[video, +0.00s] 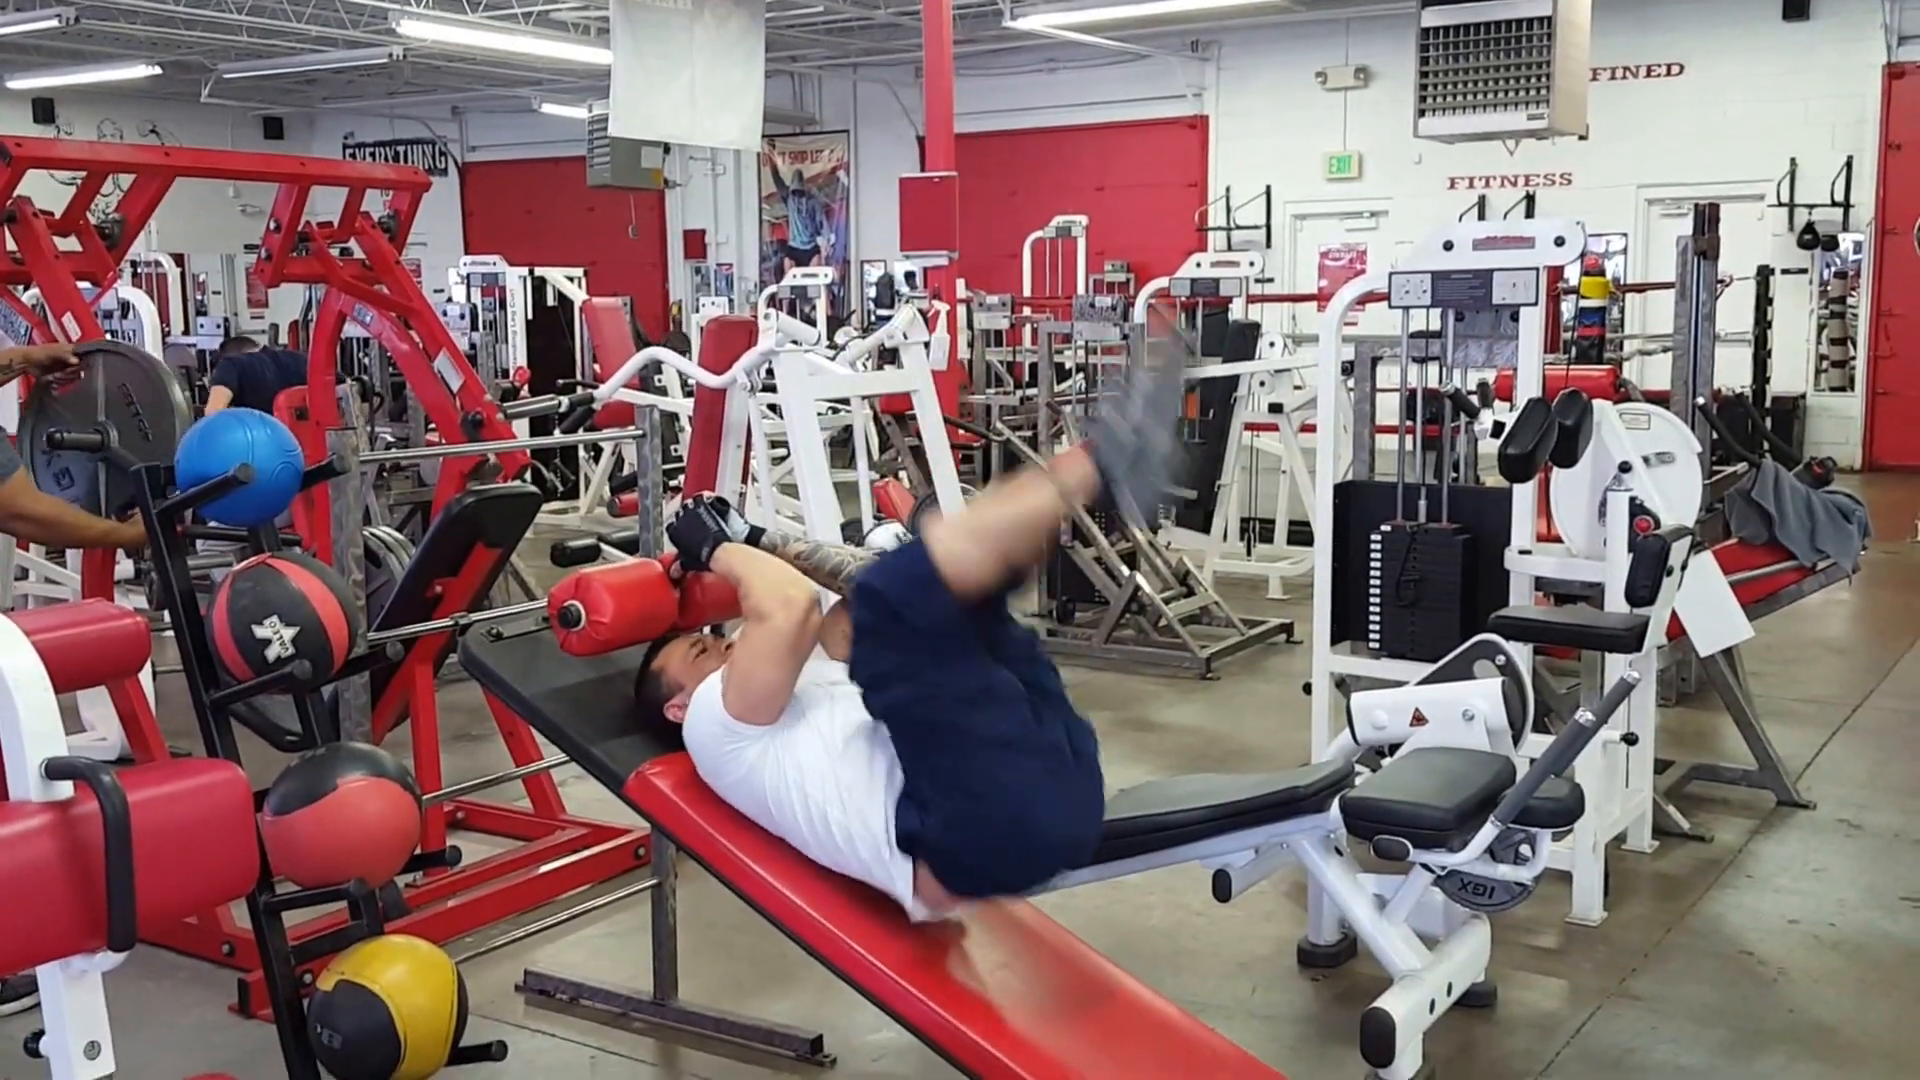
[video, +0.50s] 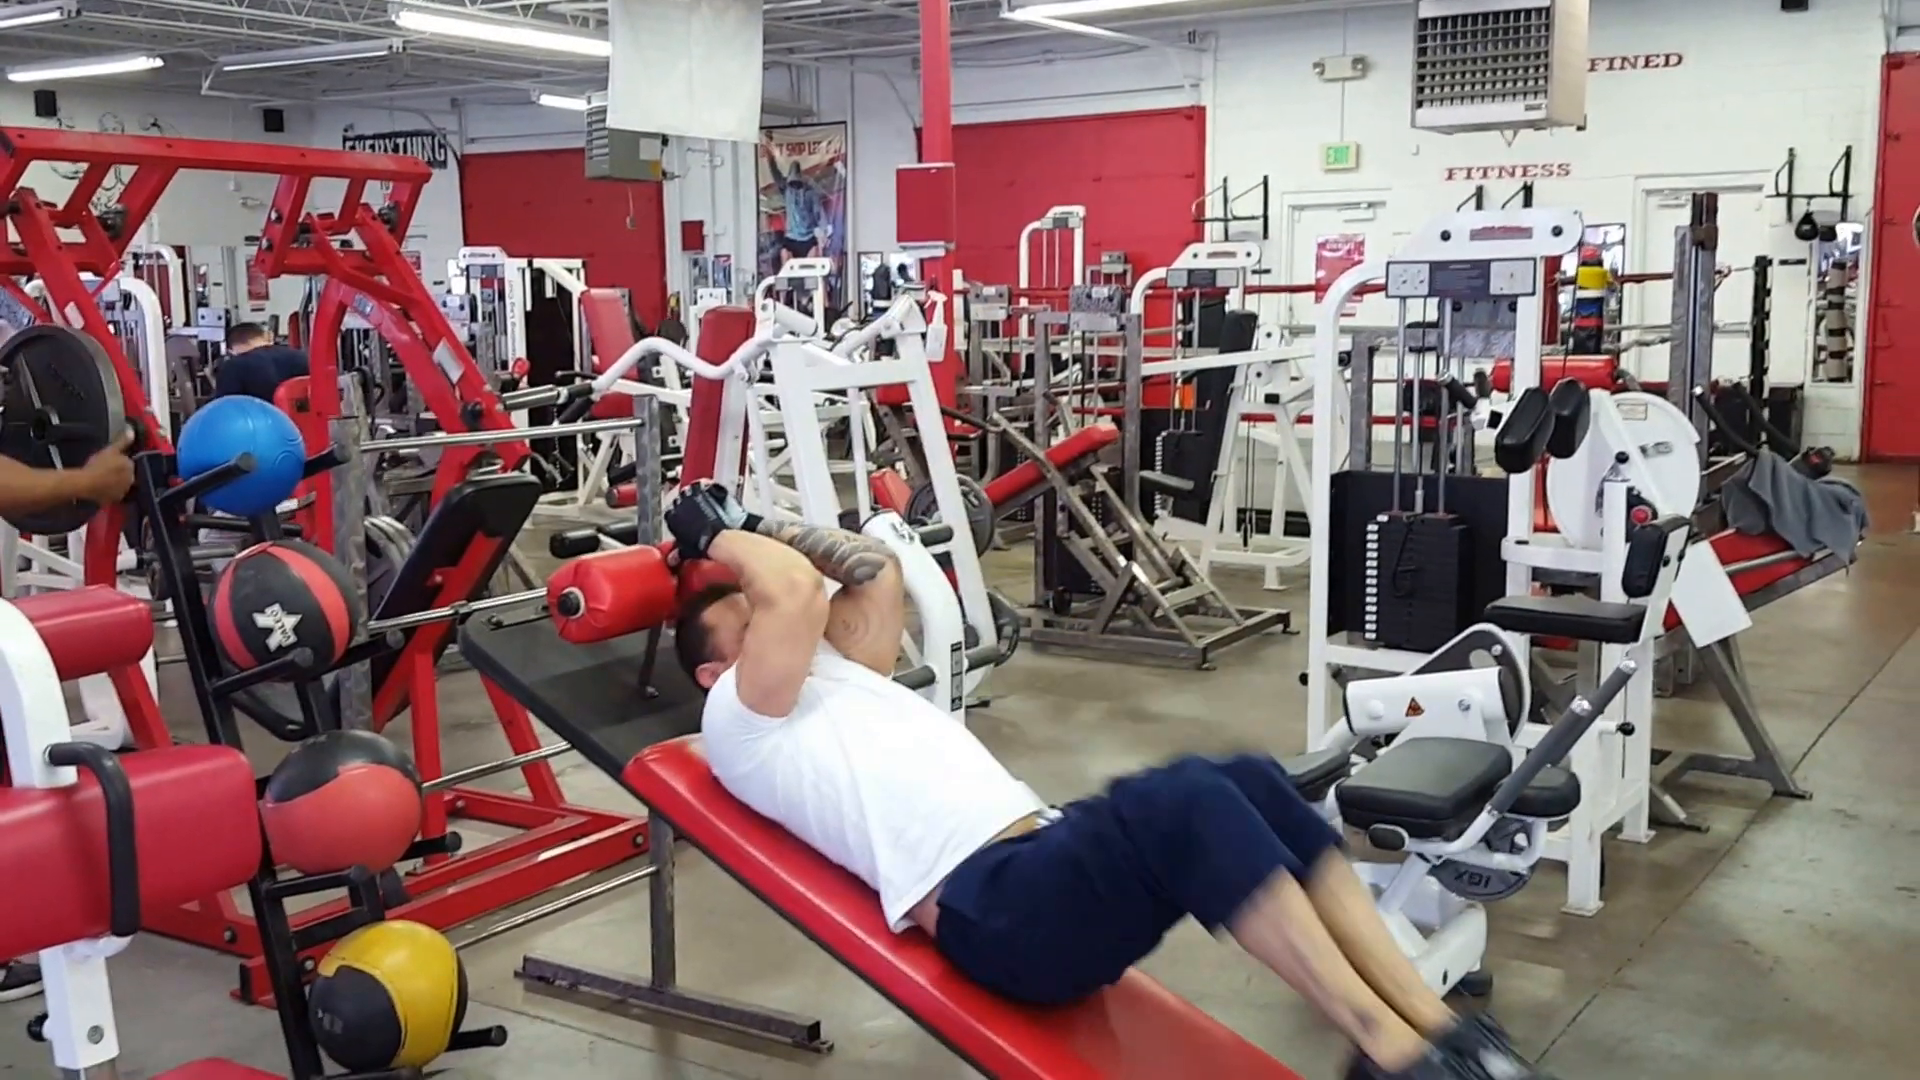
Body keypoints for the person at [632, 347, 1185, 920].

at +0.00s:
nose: (718, 643)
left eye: (713, 637)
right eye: (697, 651)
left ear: (733, 642)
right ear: (678, 706)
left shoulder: (811, 686)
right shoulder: (714, 729)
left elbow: (846, 621)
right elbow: (792, 603)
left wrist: (763, 572)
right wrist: (717, 545)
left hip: (1058, 787)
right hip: (991, 829)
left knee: (939, 585)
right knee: (883, 595)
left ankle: (1108, 468)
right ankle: (1095, 463)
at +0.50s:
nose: (787, 604)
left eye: (781, 596)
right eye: (759, 602)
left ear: (771, 630)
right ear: (723, 643)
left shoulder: (850, 685)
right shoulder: (738, 719)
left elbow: (883, 569)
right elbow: (794, 585)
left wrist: (769, 554)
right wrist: (712, 536)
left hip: (1057, 857)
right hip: (989, 905)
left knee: (1253, 781)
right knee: (1188, 800)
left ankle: (1429, 1017)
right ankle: (1379, 1040)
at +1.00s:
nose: (725, 615)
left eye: (717, 610)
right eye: (704, 619)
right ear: (688, 665)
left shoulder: (823, 666)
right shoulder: (722, 706)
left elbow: (875, 567)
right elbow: (789, 579)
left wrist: (768, 546)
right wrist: (716, 531)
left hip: (1022, 851)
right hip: (971, 886)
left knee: (1029, 635)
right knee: (1011, 651)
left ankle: (1250, 605)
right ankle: (1251, 606)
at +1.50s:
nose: (716, 613)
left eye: (709, 610)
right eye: (698, 617)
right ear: (673, 665)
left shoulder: (797, 674)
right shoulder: (702, 704)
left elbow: (855, 586)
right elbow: (767, 580)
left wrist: (762, 526)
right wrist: (704, 527)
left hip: (1033, 659)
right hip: (963, 681)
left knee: (958, 434)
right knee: (886, 437)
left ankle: (962, 184)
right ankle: (934, 176)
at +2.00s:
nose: (701, 625)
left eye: (692, 621)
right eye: (682, 630)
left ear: (712, 627)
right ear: (677, 670)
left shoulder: (813, 661)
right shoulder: (716, 700)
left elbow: (874, 564)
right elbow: (790, 573)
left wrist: (783, 541)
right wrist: (712, 526)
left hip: (1027, 818)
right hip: (963, 857)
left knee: (1020, 587)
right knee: (965, 617)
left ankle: (1226, 667)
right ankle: (1210, 693)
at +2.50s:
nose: (748, 611)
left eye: (741, 609)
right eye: (721, 616)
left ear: (754, 625)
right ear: (699, 657)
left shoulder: (835, 671)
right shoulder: (729, 705)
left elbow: (874, 566)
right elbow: (784, 571)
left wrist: (764, 525)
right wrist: (707, 524)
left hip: (1058, 831)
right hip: (989, 887)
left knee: (1266, 851)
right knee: (1215, 871)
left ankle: (1434, 1058)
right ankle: (1376, 1072)